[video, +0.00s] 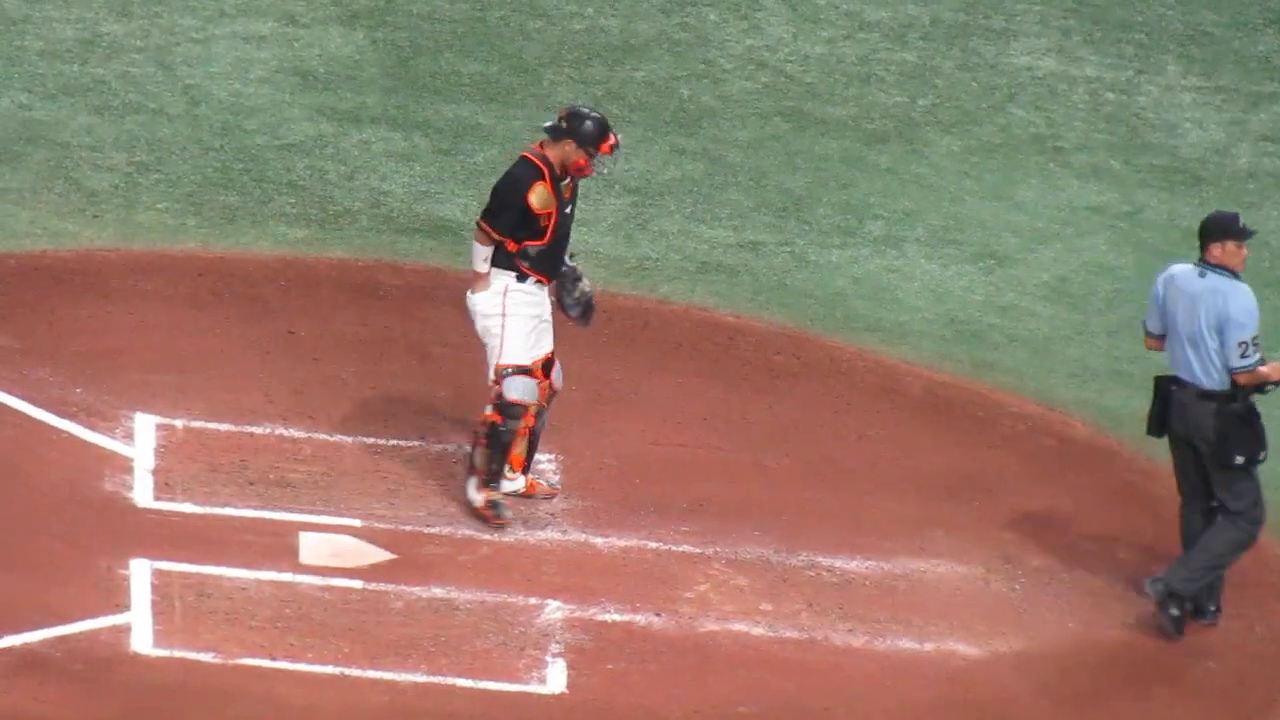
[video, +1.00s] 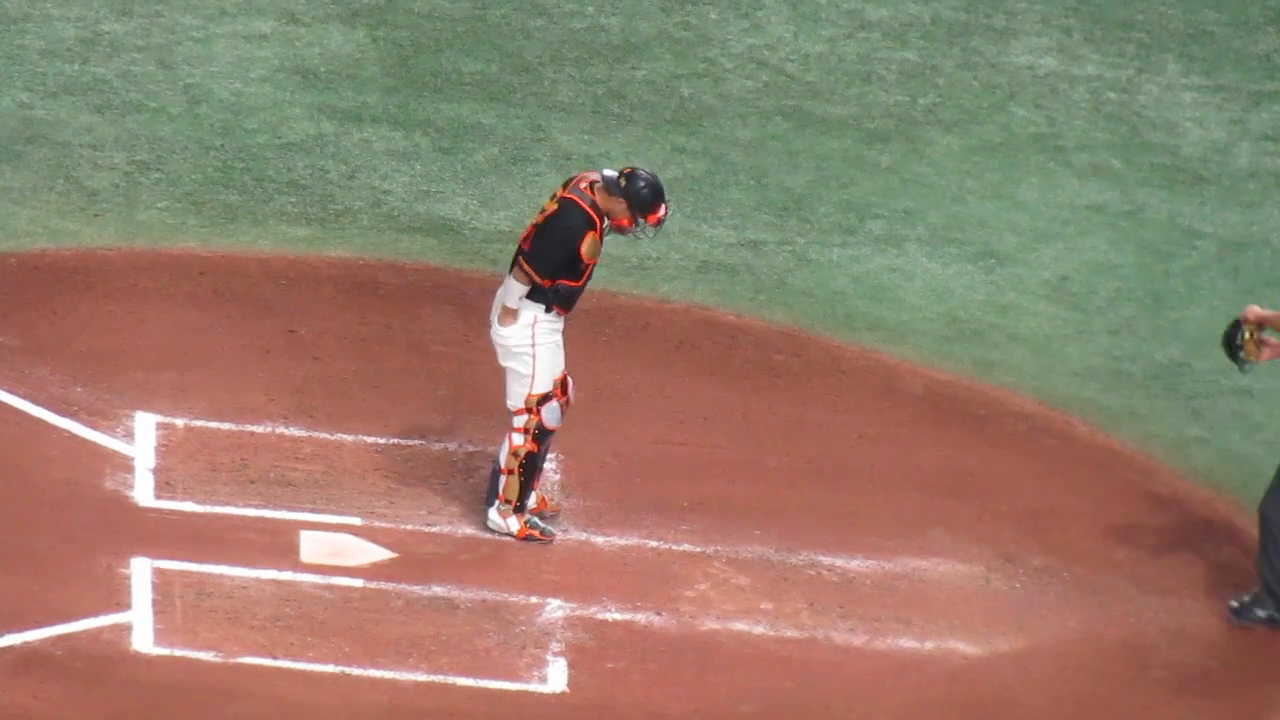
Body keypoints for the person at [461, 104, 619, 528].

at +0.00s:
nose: (589, 164)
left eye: (593, 157)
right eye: (588, 155)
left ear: (574, 146)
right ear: (569, 143)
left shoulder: (564, 175)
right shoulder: (525, 177)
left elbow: (546, 238)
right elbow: (485, 233)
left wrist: (566, 277)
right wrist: (479, 281)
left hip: (534, 293)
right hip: (505, 292)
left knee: (545, 382)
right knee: (516, 391)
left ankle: (513, 475)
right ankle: (482, 485)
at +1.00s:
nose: (630, 225)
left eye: (636, 222)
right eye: (632, 219)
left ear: (620, 188)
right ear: (620, 202)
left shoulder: (593, 184)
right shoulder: (573, 221)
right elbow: (530, 264)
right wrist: (509, 309)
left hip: (541, 311)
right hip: (531, 317)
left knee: (555, 400)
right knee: (536, 416)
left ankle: (520, 489)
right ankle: (506, 509)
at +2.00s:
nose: (604, 196)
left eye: (611, 188)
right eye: (597, 187)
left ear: (619, 181)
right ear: (576, 176)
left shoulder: (620, 199)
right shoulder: (533, 186)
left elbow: (628, 244)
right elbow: (495, 223)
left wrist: (641, 293)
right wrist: (486, 264)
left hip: (557, 293)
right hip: (512, 285)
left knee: (570, 382)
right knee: (529, 384)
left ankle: (539, 469)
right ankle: (509, 482)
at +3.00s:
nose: (364, 131)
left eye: (369, 122)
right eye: (360, 123)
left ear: (390, 113)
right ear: (369, 119)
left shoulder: (431, 149)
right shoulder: (376, 138)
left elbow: (455, 218)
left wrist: (442, 273)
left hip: (419, 265)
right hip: (382, 260)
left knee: (405, 358)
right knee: (370, 351)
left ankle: (394, 446)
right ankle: (392, 437)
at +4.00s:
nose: (198, 151)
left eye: (196, 141)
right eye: (193, 144)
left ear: (212, 128)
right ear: (227, 120)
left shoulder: (236, 161)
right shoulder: (277, 137)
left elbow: (235, 237)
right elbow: (313, 193)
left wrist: (203, 289)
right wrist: (315, 243)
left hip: (277, 275)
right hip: (306, 266)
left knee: (244, 370)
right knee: (269, 364)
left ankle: (247, 471)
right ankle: (273, 460)